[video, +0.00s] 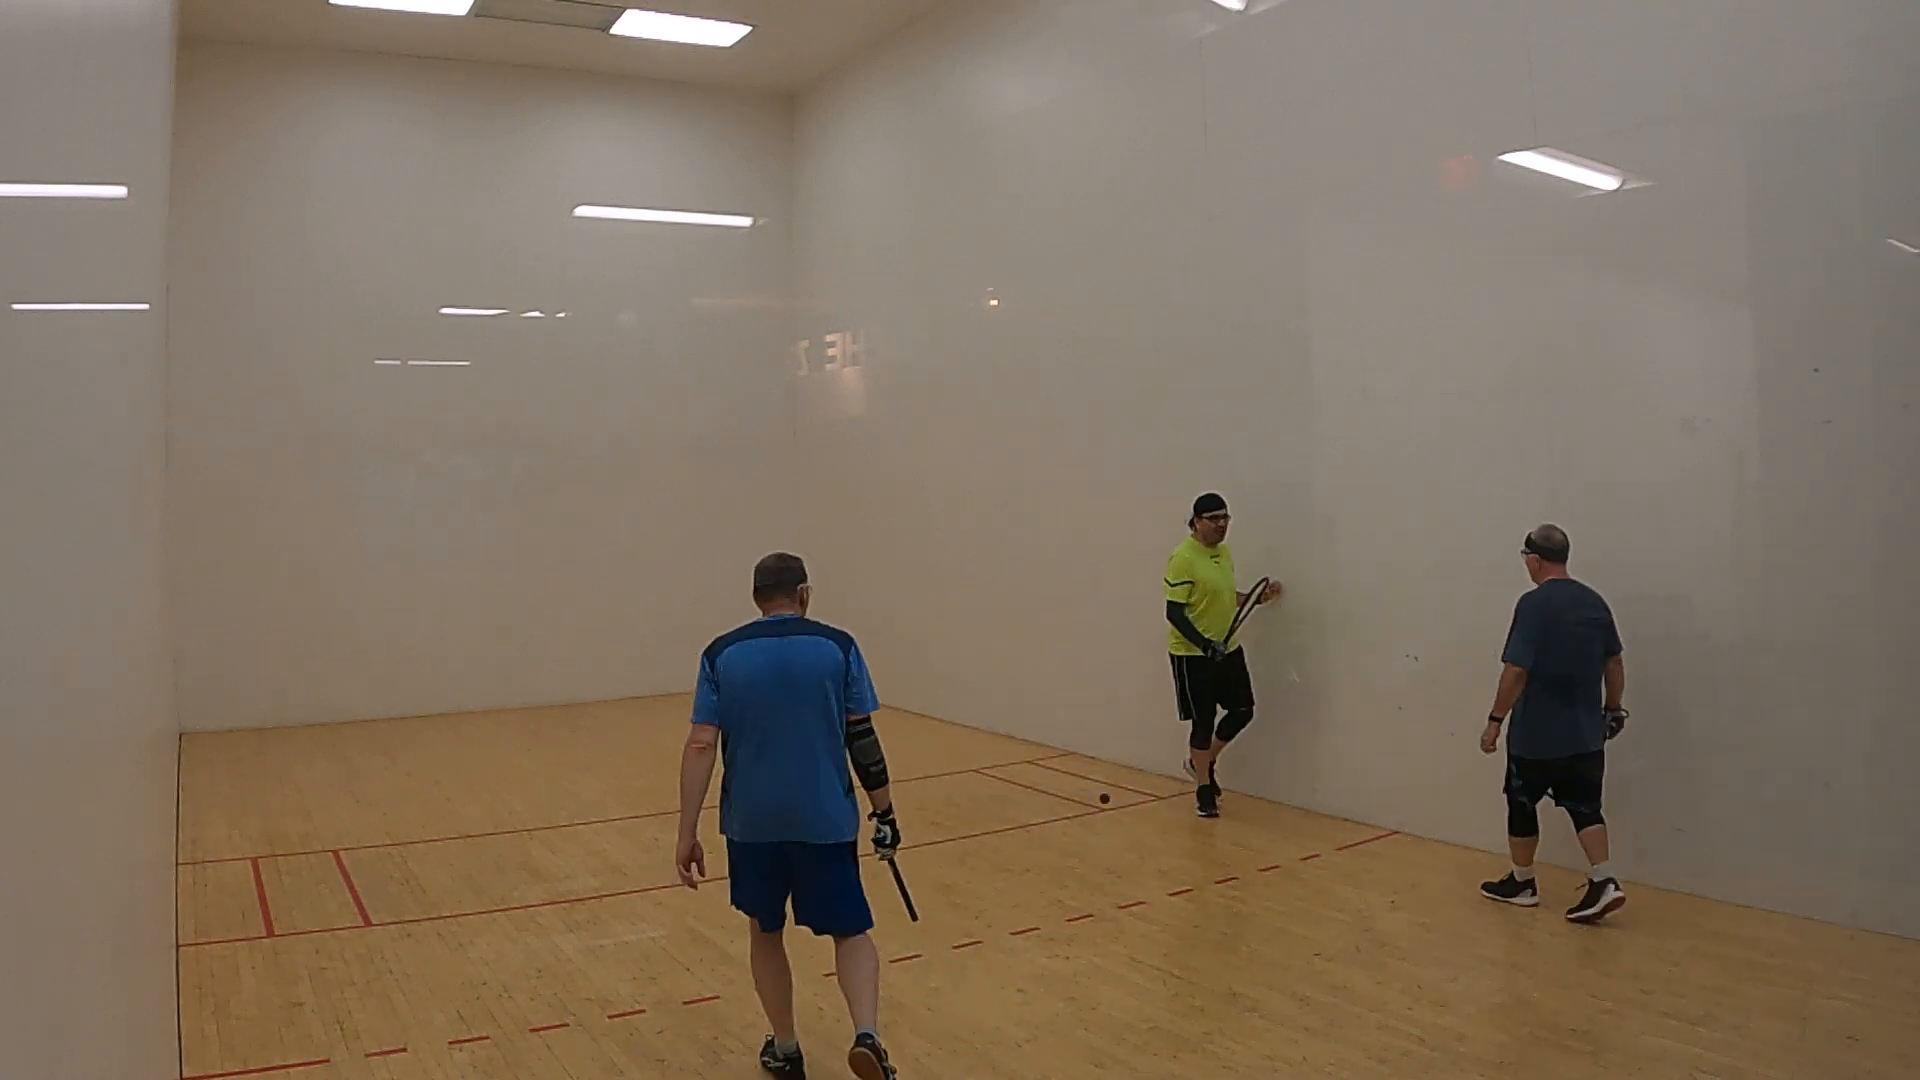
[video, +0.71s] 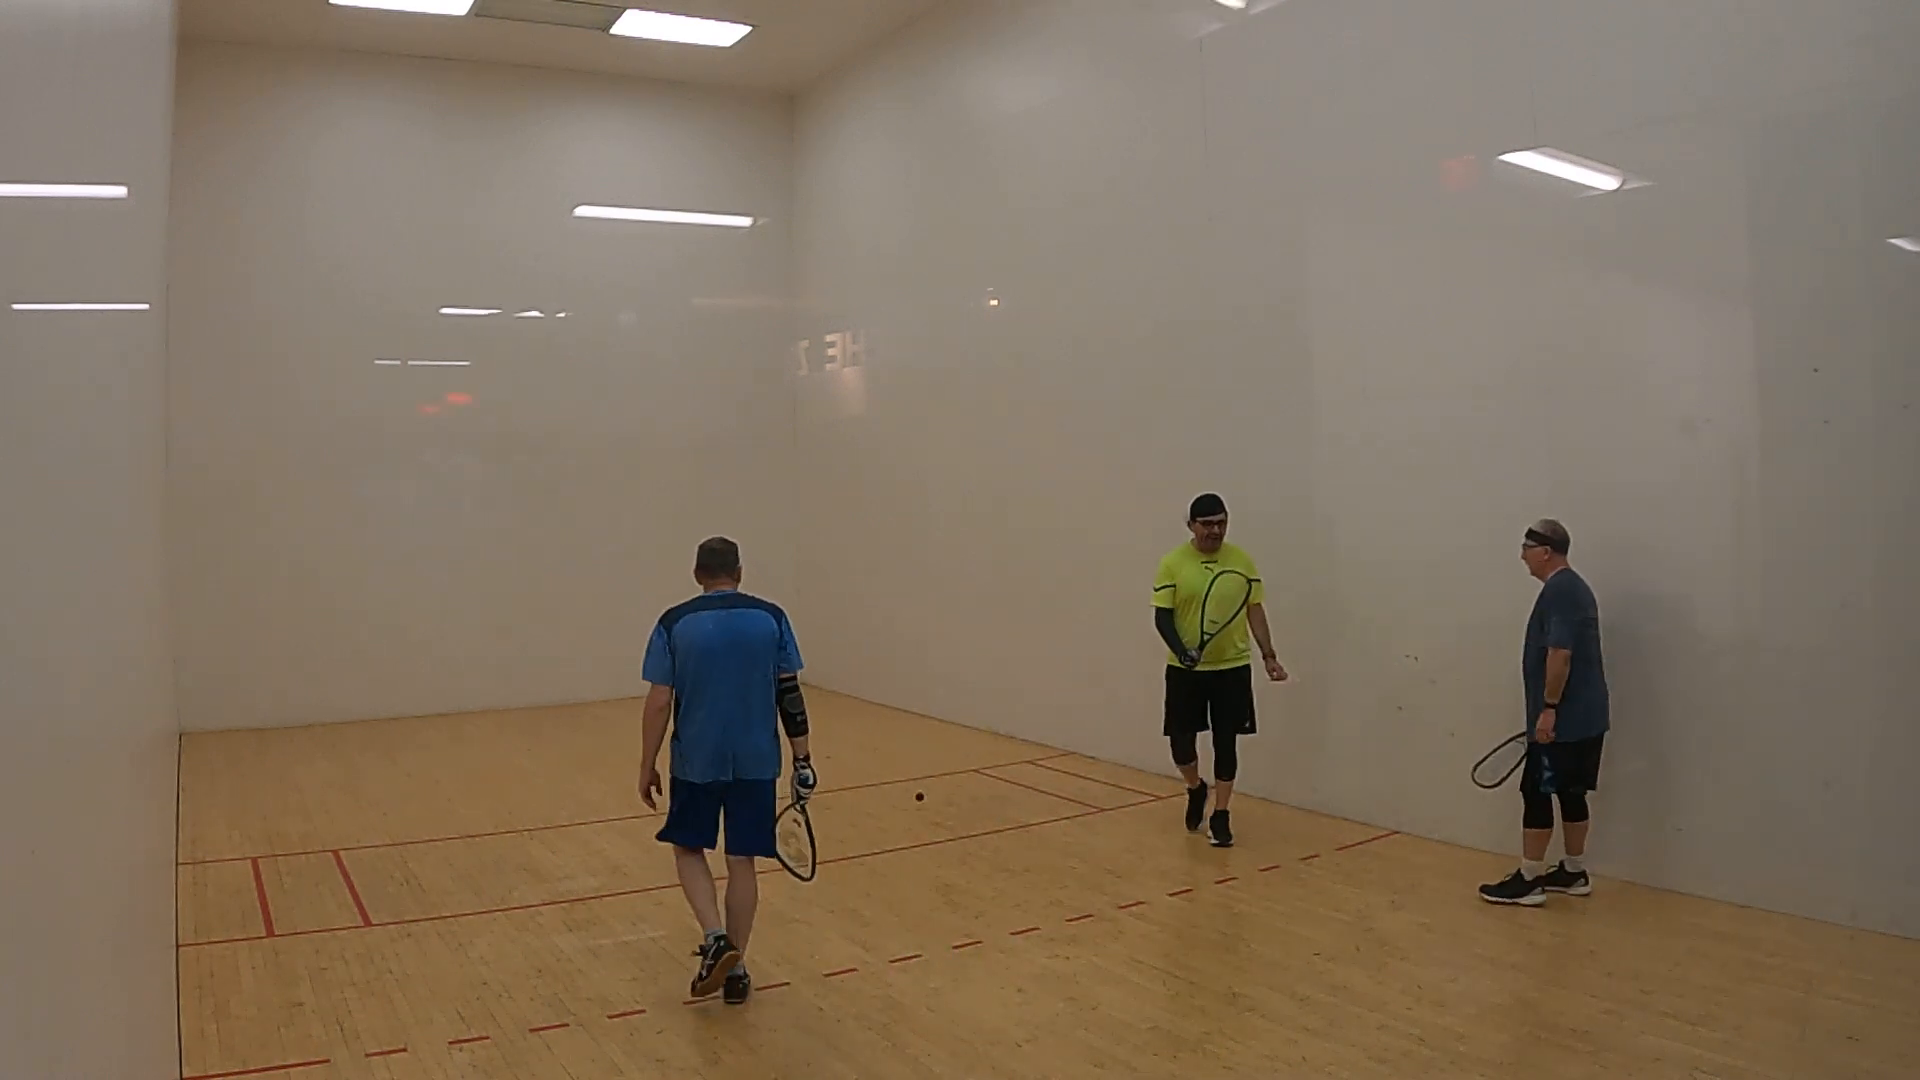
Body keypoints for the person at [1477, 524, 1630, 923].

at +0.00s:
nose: (1525, 561)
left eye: (1526, 556)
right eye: (1526, 555)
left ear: (1536, 559)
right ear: (1564, 558)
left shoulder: (1533, 604)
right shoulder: (1594, 602)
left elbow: (1516, 670)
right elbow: (1614, 661)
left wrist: (1495, 719)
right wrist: (1614, 709)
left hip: (1536, 732)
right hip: (1585, 732)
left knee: (1520, 799)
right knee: (1584, 805)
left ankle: (1521, 882)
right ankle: (1603, 883)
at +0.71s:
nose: (1522, 555)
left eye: (1527, 548)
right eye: (1523, 548)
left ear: (1547, 551)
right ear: (1553, 552)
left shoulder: (1560, 591)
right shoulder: (1573, 588)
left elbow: (1559, 655)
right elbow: (1569, 657)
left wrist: (1549, 709)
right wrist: (1541, 712)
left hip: (1559, 718)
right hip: (1581, 717)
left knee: (1536, 792)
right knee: (1572, 792)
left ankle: (1529, 878)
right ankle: (1573, 871)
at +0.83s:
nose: (1524, 555)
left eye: (1529, 548)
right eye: (1524, 548)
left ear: (1551, 550)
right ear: (1551, 552)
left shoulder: (1570, 586)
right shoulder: (1561, 588)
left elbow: (1579, 649)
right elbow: (1557, 660)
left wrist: (1582, 705)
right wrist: (1544, 718)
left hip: (1565, 718)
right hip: (1573, 717)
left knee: (1549, 793)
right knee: (1574, 792)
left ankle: (1547, 881)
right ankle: (1573, 871)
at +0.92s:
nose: (1526, 557)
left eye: (1531, 550)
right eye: (1526, 550)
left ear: (1555, 551)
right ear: (1552, 553)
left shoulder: (1577, 588)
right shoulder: (1561, 589)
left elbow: (1591, 650)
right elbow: (1559, 659)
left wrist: (1599, 705)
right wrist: (1545, 716)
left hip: (1571, 720)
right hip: (1564, 719)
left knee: (1559, 796)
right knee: (1572, 794)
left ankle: (1560, 884)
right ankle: (1574, 872)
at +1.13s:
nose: (1535, 560)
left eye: (1541, 554)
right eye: (1534, 553)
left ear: (1567, 555)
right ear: (1556, 556)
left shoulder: (1593, 596)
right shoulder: (1560, 595)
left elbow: (1611, 657)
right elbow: (1560, 662)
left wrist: (1613, 715)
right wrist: (1549, 719)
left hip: (1585, 724)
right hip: (1561, 723)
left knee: (1583, 802)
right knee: (1566, 796)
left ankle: (1595, 889)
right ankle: (1571, 869)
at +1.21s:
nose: (1541, 559)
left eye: (1549, 554)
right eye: (1541, 553)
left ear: (1574, 557)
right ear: (1557, 557)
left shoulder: (1603, 601)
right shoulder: (1560, 597)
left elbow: (1619, 663)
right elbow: (1556, 666)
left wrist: (1615, 719)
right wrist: (1547, 724)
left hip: (1589, 729)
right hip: (1560, 726)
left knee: (1589, 808)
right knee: (1566, 800)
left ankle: (1599, 891)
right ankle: (1572, 870)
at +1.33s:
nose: (1553, 563)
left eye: (1560, 558)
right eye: (1552, 556)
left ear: (1584, 560)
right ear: (1561, 558)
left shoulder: (1614, 605)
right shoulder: (1563, 600)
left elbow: (1629, 670)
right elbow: (1553, 660)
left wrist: (1628, 727)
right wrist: (1540, 706)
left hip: (1597, 732)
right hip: (1560, 726)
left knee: (1595, 809)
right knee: (1560, 798)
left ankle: (1600, 890)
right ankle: (1568, 865)